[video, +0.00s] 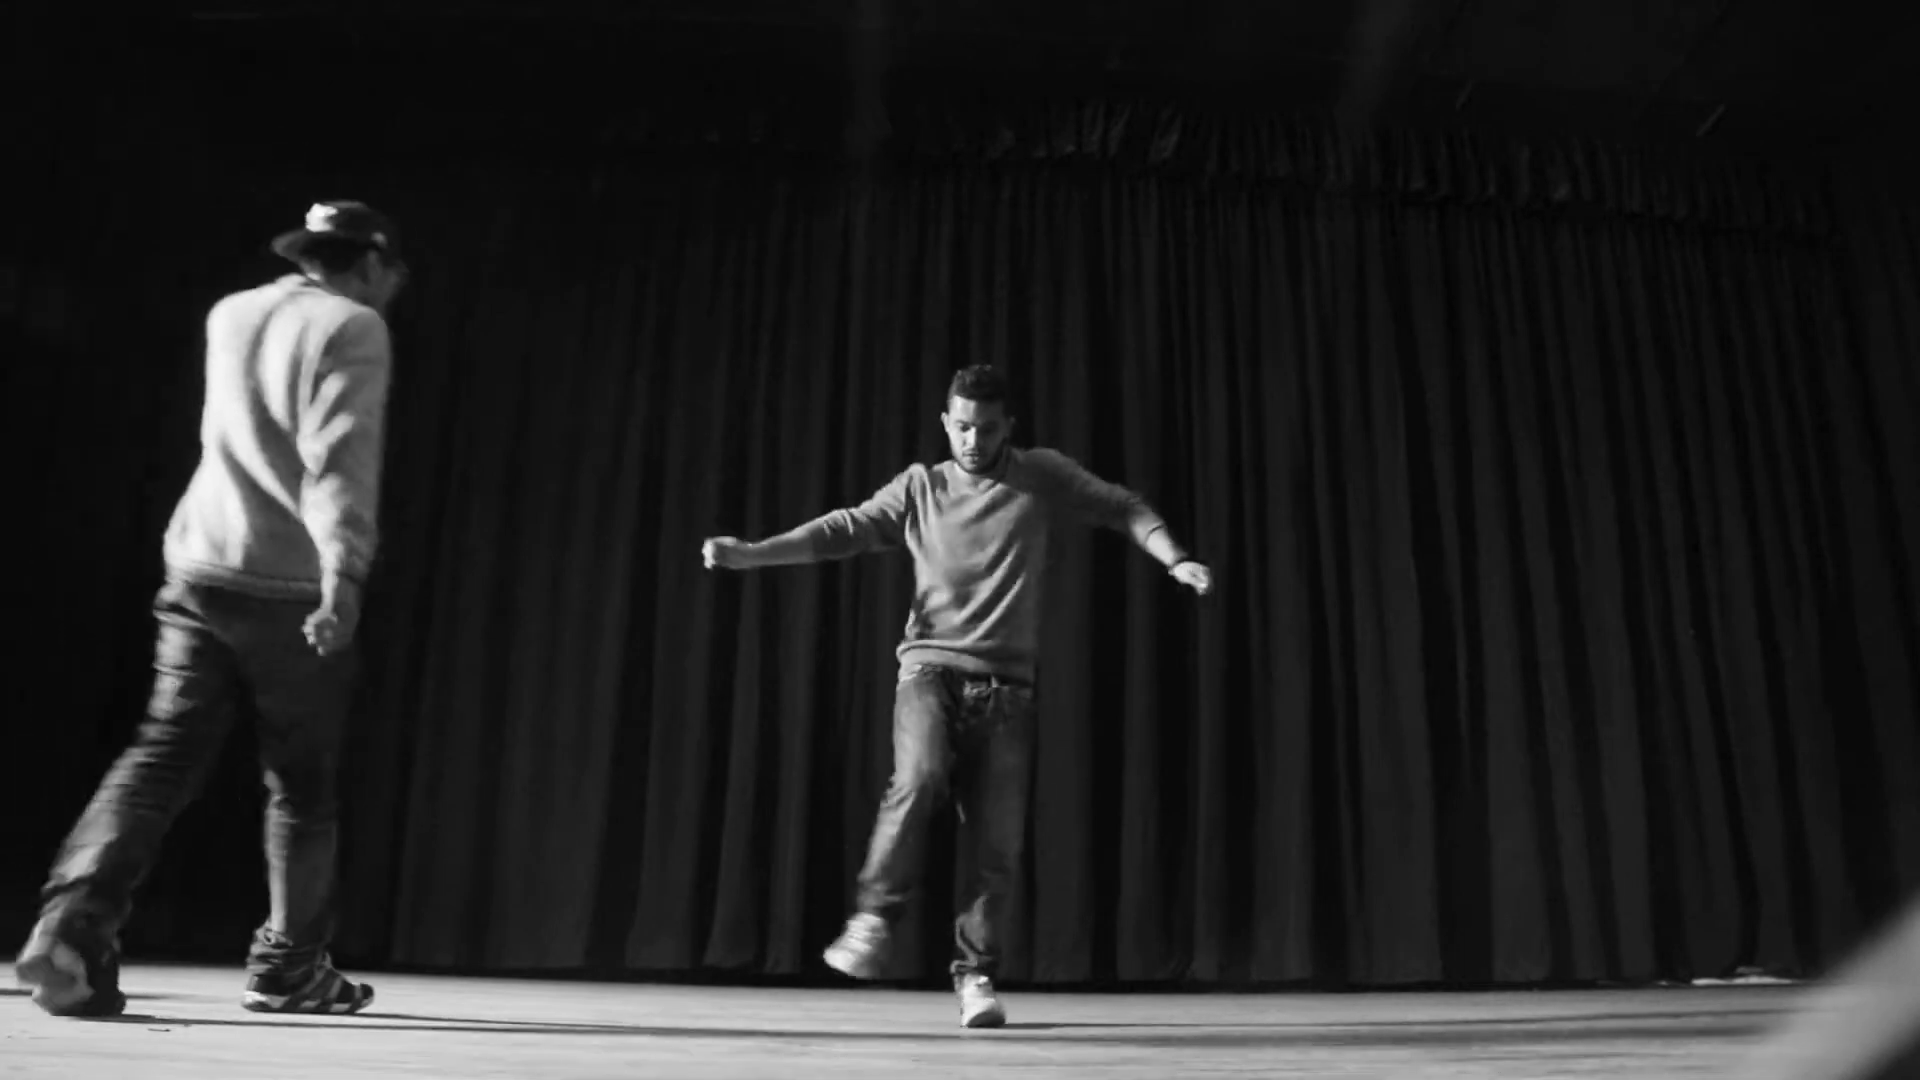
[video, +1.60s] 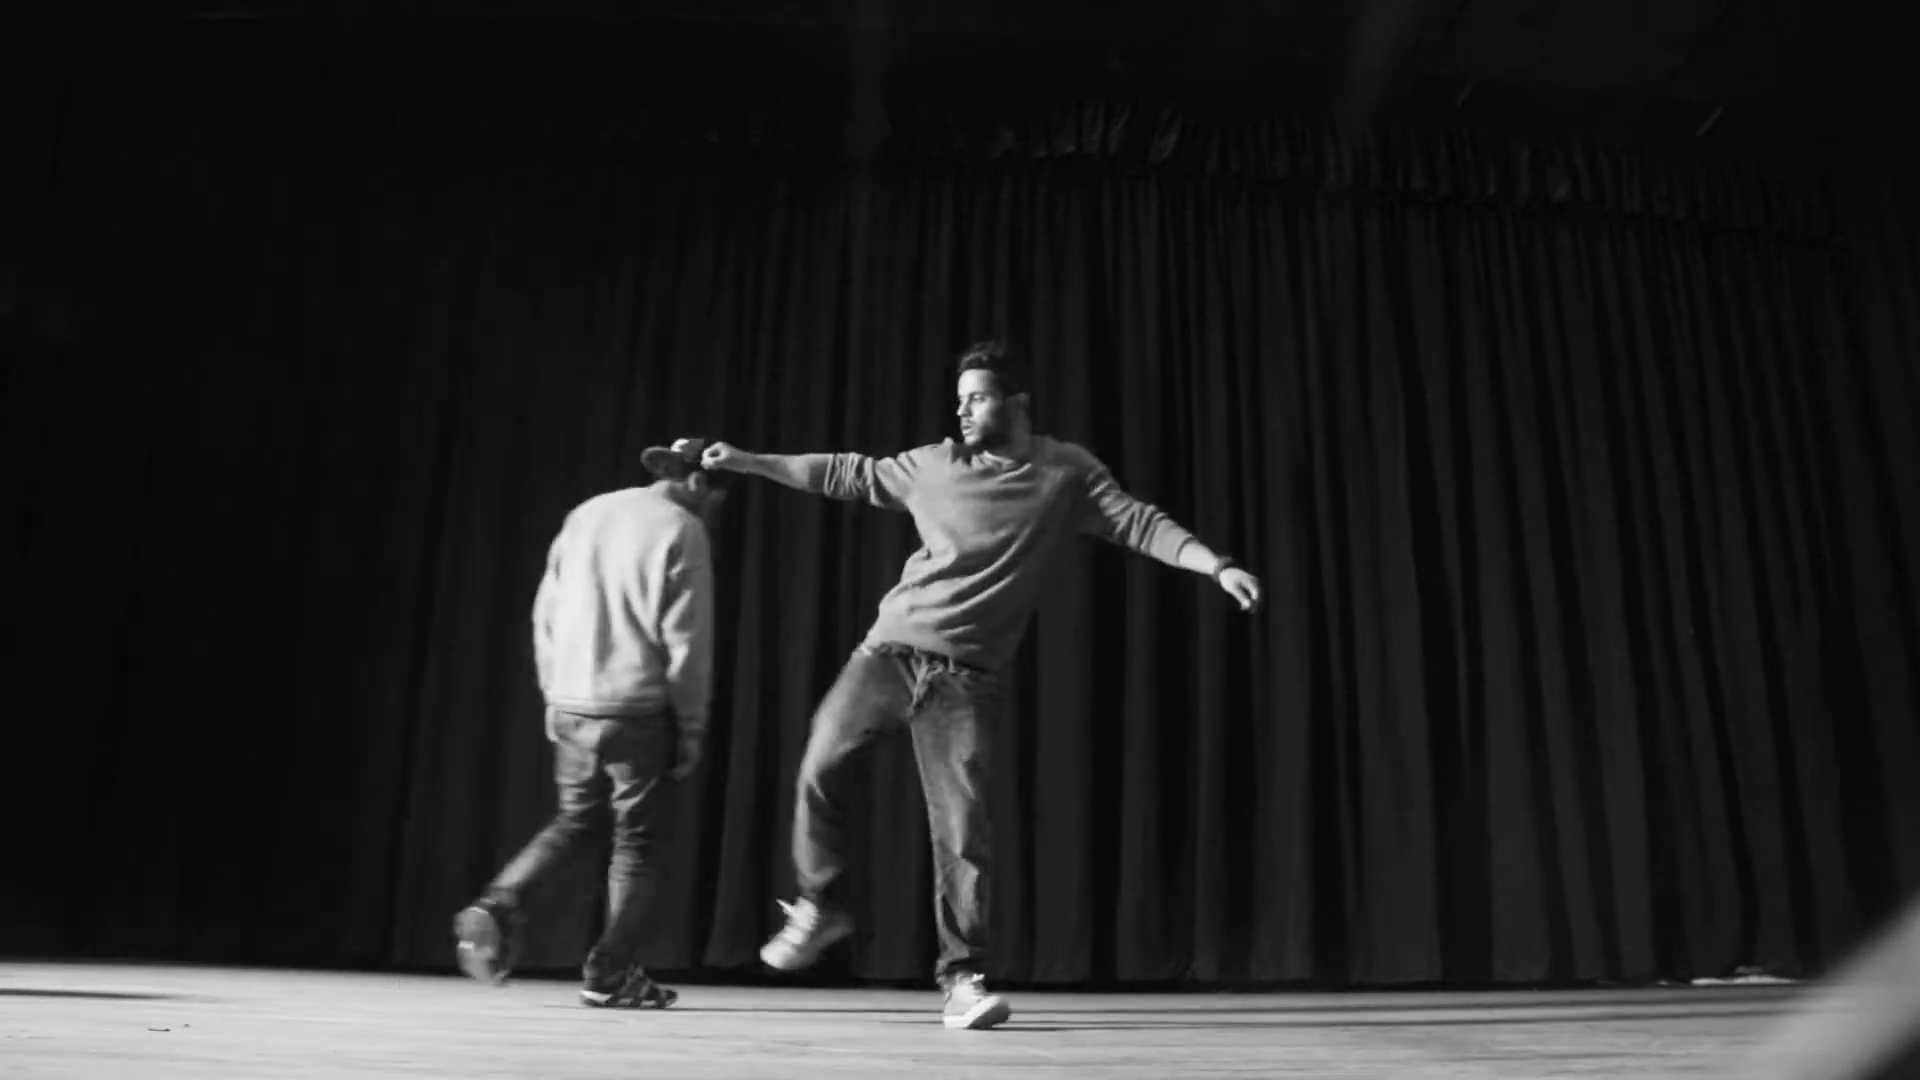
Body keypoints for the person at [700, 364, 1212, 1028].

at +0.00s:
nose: (974, 442)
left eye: (986, 429)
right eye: (963, 428)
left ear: (1008, 425)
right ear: (945, 423)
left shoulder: (1043, 474)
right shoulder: (919, 488)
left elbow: (1126, 510)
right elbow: (843, 528)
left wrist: (1174, 559)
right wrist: (753, 553)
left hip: (1006, 678)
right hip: (931, 666)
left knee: (997, 837)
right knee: (920, 779)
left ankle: (976, 975)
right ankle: (872, 921)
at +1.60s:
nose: (965, 411)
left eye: (978, 399)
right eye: (961, 399)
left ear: (1017, 402)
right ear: (961, 405)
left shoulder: (1065, 471)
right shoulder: (931, 464)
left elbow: (1137, 522)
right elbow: (841, 473)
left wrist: (1215, 566)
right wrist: (742, 460)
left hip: (967, 675)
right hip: (887, 654)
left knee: (966, 832)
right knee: (819, 768)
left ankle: (964, 982)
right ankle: (819, 912)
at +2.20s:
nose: (951, 398)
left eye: (965, 386)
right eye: (941, 386)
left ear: (994, 390)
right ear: (928, 389)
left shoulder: (1035, 459)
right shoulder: (895, 452)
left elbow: (1103, 513)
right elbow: (811, 466)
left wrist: (1173, 554)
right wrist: (727, 483)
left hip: (1020, 659)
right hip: (940, 652)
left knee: (1013, 827)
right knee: (954, 766)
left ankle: (986, 975)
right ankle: (933, 918)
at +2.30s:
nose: (942, 404)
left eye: (955, 392)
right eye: (930, 392)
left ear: (977, 397)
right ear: (914, 398)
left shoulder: (1021, 460)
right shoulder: (882, 468)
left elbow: (1090, 510)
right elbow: (793, 475)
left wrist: (1159, 550)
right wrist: (697, 487)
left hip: (1019, 660)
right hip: (943, 656)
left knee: (1020, 826)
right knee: (991, 769)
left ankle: (985, 980)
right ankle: (961, 929)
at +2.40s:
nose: (931, 408)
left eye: (943, 395)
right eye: (918, 396)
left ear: (964, 399)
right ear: (899, 403)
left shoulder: (1005, 459)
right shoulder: (868, 479)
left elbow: (1075, 508)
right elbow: (786, 488)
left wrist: (1143, 549)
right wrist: (699, 484)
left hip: (1016, 663)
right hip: (939, 662)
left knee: (1013, 823)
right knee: (980, 777)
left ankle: (981, 973)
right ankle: (959, 957)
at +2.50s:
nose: (918, 408)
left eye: (929, 394)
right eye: (904, 396)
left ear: (949, 398)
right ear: (884, 403)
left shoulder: (987, 461)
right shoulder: (861, 482)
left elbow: (1056, 509)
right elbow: (771, 499)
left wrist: (1122, 549)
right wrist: (674, 489)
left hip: (1005, 666)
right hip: (923, 668)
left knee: (1001, 829)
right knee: (913, 818)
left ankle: (981, 980)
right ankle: (893, 970)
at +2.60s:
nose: (899, 405)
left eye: (910, 392)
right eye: (885, 393)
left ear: (929, 395)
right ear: (864, 402)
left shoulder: (967, 439)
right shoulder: (848, 488)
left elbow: (1036, 501)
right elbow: (759, 518)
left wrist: (1094, 547)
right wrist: (667, 499)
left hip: (988, 669)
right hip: (902, 671)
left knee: (988, 832)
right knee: (846, 817)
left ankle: (976, 983)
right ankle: (797, 963)